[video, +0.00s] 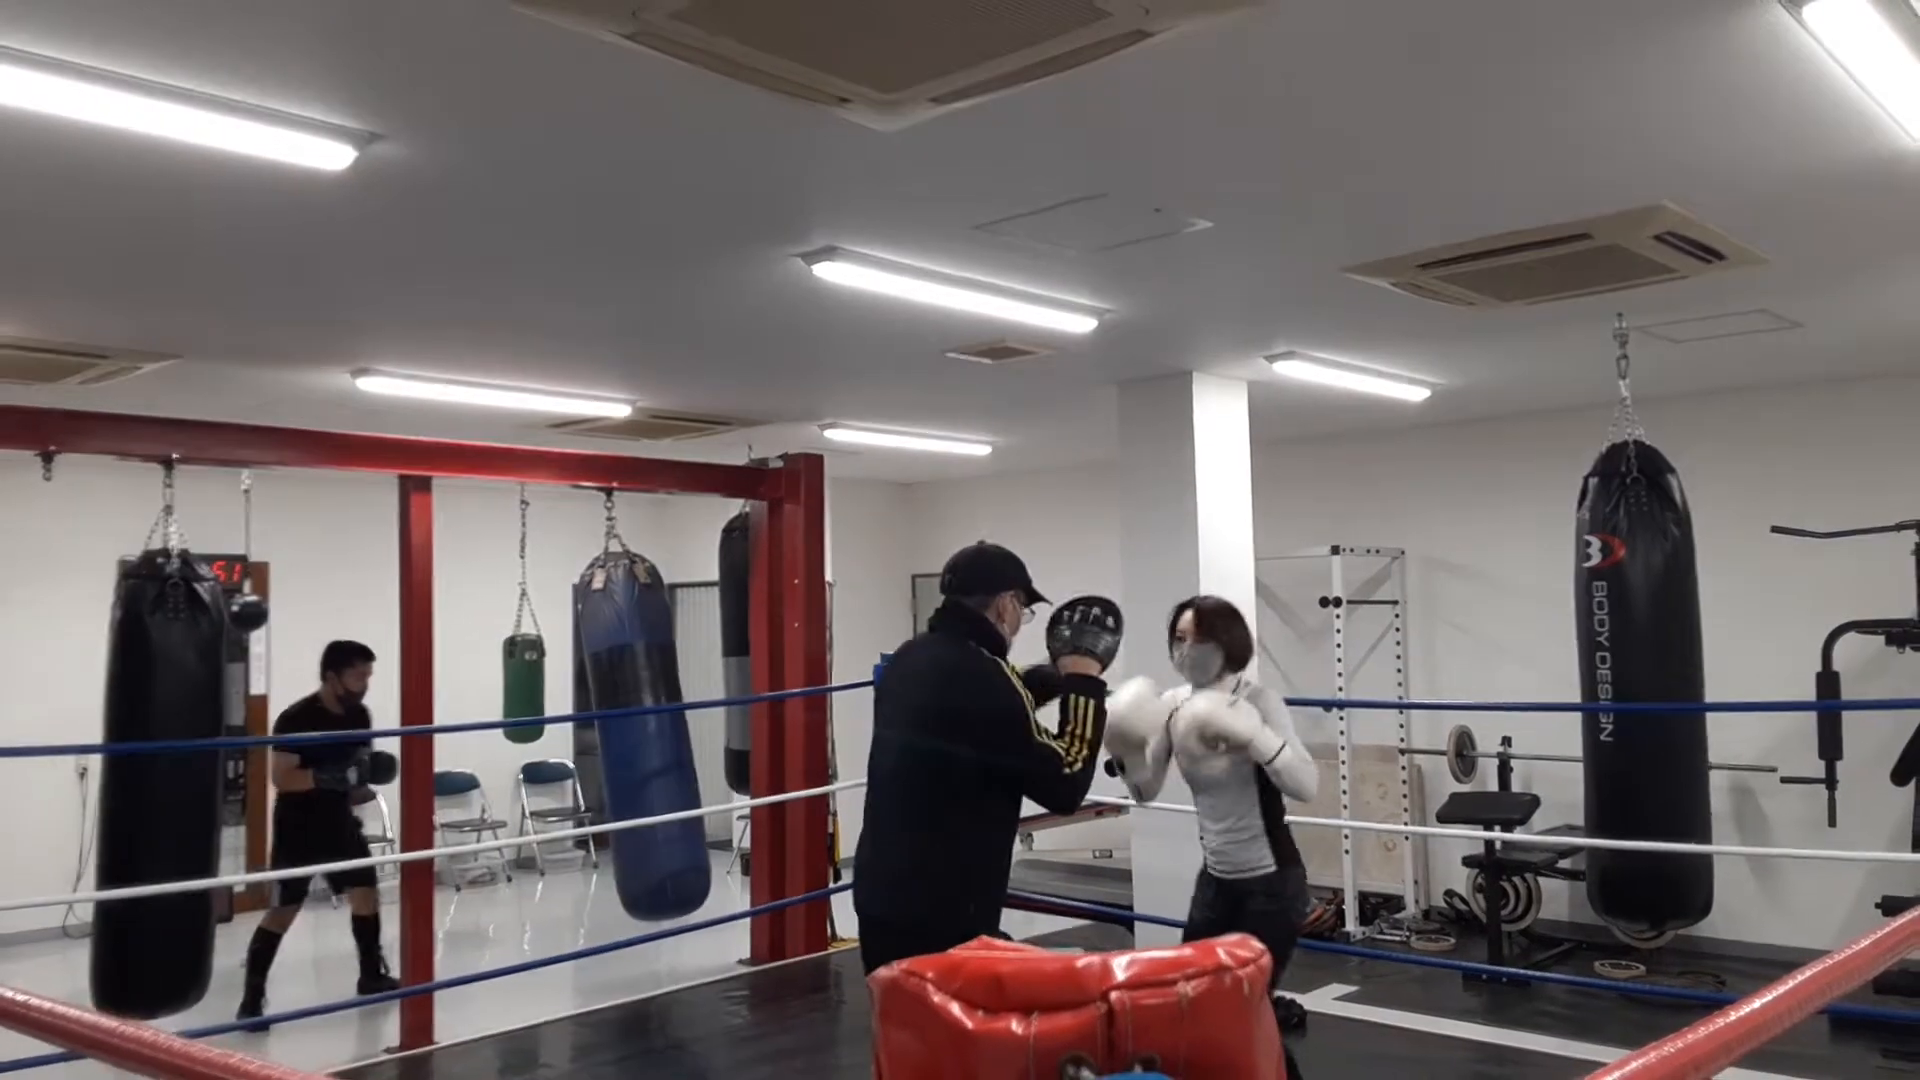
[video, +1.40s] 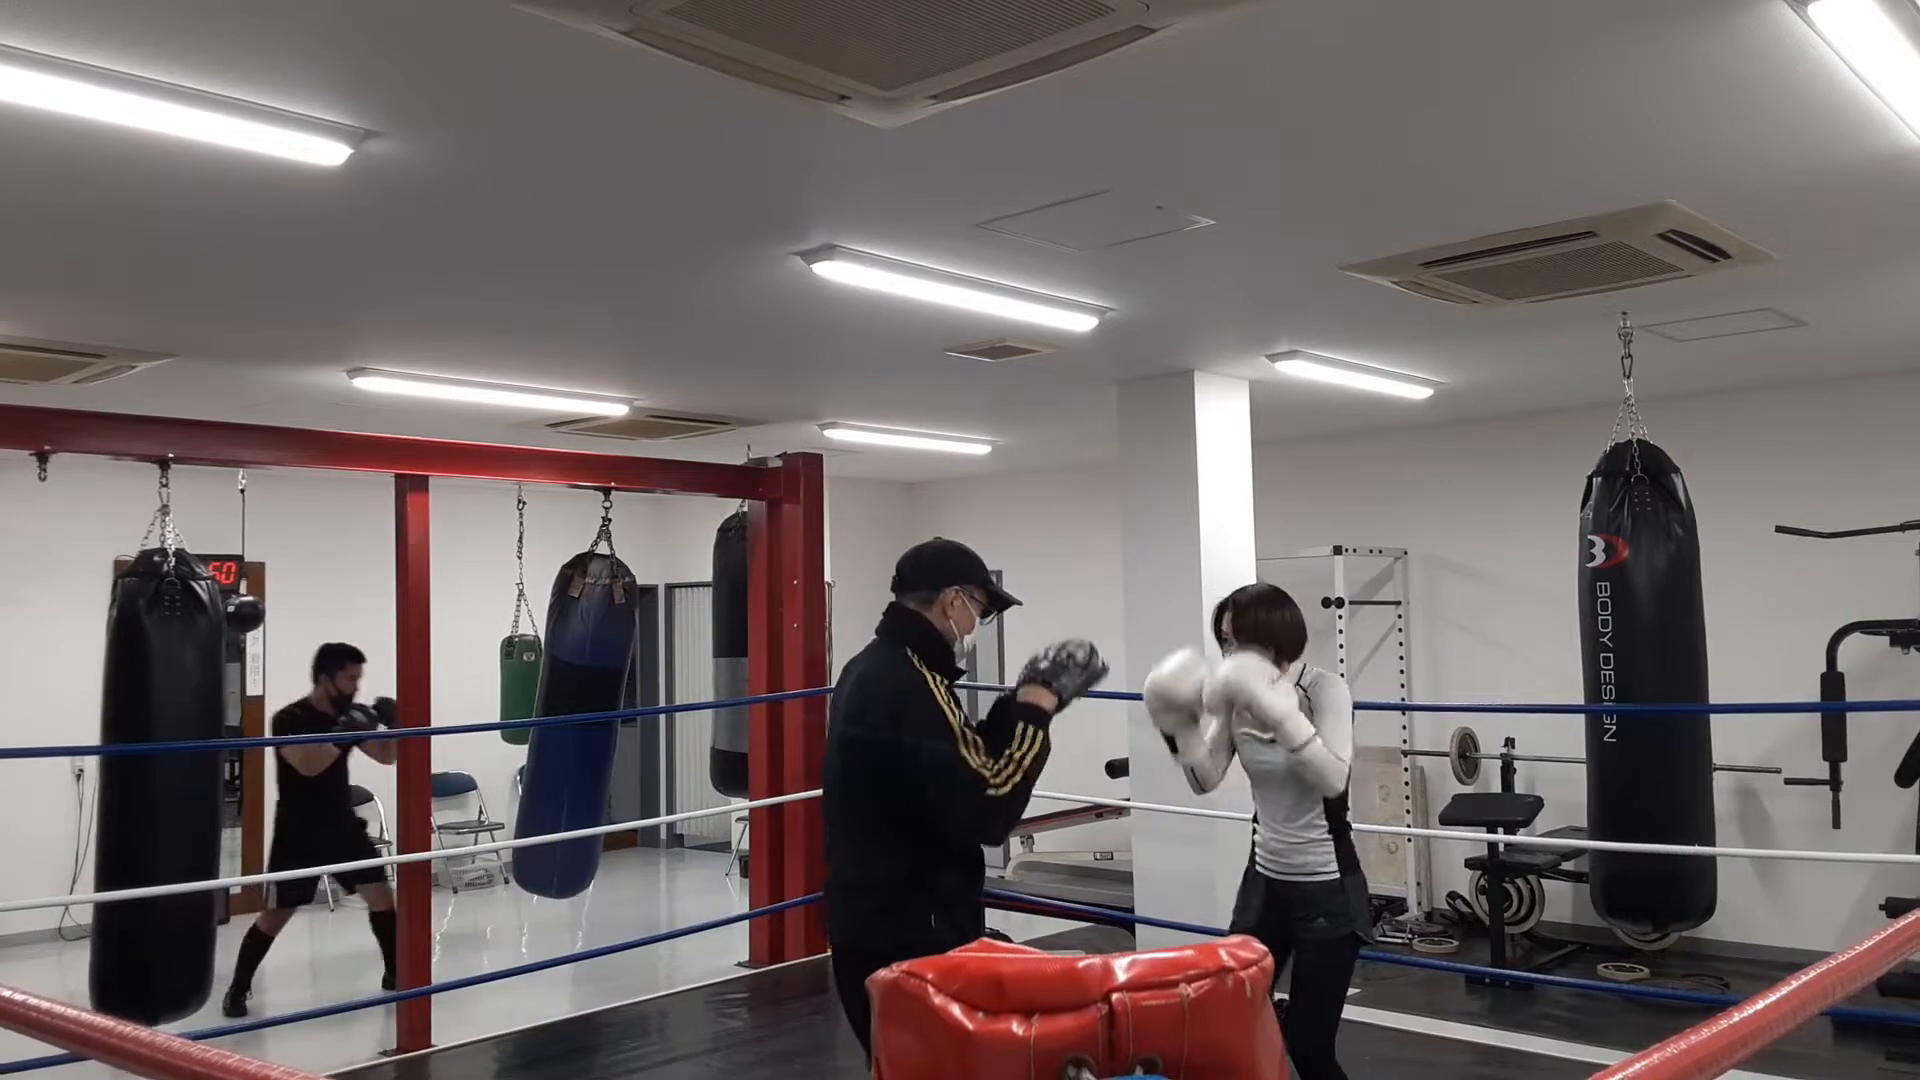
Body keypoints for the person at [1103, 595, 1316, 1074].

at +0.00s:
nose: (1183, 650)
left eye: (1195, 640)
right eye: (1178, 639)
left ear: (1225, 645)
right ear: (1171, 644)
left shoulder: (1258, 700)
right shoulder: (1177, 708)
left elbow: (1307, 787)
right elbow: (1145, 790)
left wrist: (1251, 732)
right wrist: (1123, 744)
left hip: (1271, 883)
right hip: (1215, 879)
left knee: (1246, 1003)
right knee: (1190, 995)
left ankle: (1279, 1071)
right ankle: (1195, 1074)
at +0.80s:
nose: (1227, 648)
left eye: (1238, 634)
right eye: (1216, 636)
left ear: (1267, 634)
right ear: (1205, 641)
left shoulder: (1300, 691)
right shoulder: (1206, 697)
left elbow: (1364, 761)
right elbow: (1163, 715)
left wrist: (1321, 705)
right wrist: (1117, 680)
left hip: (1311, 873)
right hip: (1237, 876)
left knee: (1312, 1024)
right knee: (1218, 1017)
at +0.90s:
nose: (1231, 659)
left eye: (1244, 646)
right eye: (1222, 647)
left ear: (1275, 648)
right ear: (1215, 650)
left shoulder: (1307, 697)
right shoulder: (1216, 704)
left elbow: (1368, 772)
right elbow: (1164, 734)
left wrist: (1330, 716)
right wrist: (1146, 706)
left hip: (1311, 880)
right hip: (1237, 882)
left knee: (1314, 1032)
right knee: (1229, 1022)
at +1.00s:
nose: (1233, 657)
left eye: (1245, 646)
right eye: (1229, 645)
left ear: (1279, 655)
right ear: (1225, 645)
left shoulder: (1320, 697)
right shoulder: (1214, 707)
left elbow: (1367, 785)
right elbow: (1160, 768)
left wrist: (1333, 735)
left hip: (1314, 884)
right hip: (1241, 884)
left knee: (1310, 1033)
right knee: (1230, 1025)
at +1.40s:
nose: (1230, 653)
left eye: (1239, 639)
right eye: (1226, 641)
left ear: (1274, 637)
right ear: (1222, 644)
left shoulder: (1324, 687)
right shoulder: (1235, 696)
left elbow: (1333, 779)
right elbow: (1204, 779)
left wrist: (1279, 709)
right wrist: (1175, 725)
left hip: (1326, 888)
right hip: (1264, 881)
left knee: (1308, 1042)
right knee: (1234, 1012)